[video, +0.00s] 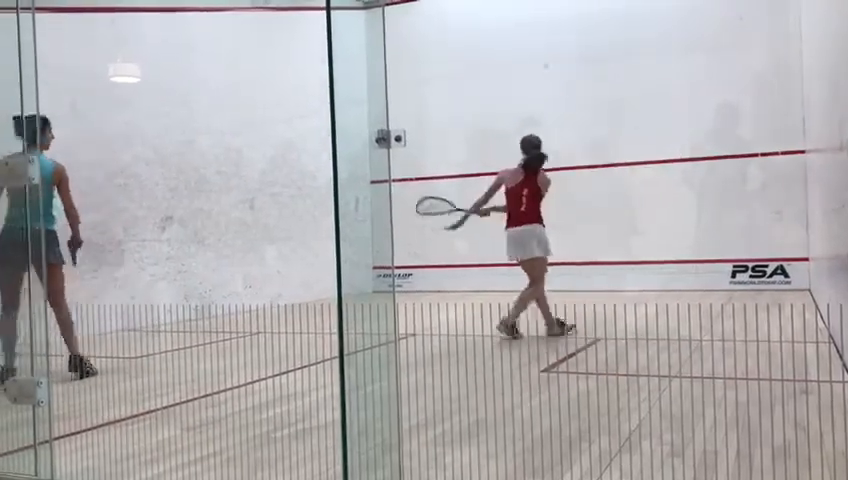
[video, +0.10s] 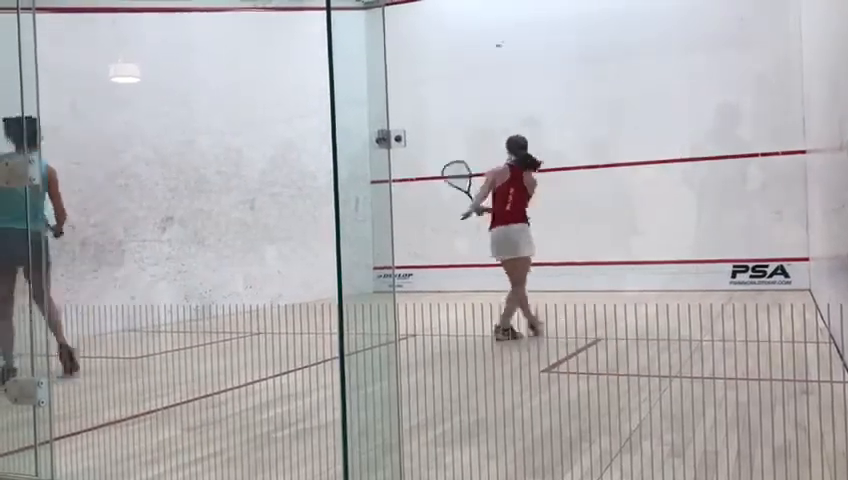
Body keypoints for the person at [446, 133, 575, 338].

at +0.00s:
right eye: (537, 149)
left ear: (521, 152)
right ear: (540, 152)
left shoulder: (507, 175)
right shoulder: (543, 178)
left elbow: (484, 199)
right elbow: (521, 204)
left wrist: (468, 213)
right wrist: (491, 210)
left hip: (513, 232)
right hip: (533, 230)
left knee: (536, 281)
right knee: (537, 282)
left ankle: (551, 323)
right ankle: (509, 320)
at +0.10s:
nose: (511, 155)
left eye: (509, 150)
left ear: (507, 151)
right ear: (526, 151)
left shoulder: (496, 173)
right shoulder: (529, 177)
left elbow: (481, 196)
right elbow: (517, 204)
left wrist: (474, 208)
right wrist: (486, 210)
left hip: (499, 231)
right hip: (520, 228)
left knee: (517, 283)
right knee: (518, 283)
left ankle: (531, 320)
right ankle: (504, 325)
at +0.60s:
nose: (421, 153)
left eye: (422, 150)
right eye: (423, 150)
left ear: (426, 152)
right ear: (443, 153)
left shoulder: (416, 170)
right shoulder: (451, 175)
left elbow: (407, 203)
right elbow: (465, 209)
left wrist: (396, 222)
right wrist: (452, 228)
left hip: (423, 229)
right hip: (446, 228)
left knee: (418, 284)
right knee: (463, 282)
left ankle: (418, 332)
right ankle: (477, 327)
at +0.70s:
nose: (406, 149)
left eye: (408, 146)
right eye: (409, 146)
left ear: (410, 148)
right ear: (429, 150)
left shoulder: (402, 168)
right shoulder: (437, 170)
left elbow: (393, 197)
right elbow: (449, 205)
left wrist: (386, 201)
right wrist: (438, 223)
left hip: (410, 227)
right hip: (434, 226)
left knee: (412, 283)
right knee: (442, 281)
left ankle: (417, 331)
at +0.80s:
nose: (395, 152)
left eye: (397, 149)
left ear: (399, 149)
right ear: (418, 150)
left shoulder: (393, 168)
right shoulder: (426, 171)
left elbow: (383, 199)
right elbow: (437, 207)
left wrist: (386, 181)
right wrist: (427, 225)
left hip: (400, 230)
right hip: (421, 229)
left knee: (405, 285)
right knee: (421, 284)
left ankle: (414, 329)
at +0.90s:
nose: (399, 148)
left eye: (397, 147)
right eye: (404, 147)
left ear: (391, 153)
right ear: (411, 154)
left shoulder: (381, 172)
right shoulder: (416, 175)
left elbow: (374, 200)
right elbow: (427, 212)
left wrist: (386, 181)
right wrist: (416, 231)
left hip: (383, 230)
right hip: (406, 230)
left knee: (394, 286)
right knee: (400, 286)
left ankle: (411, 330)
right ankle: (382, 332)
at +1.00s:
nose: (391, 159)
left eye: (392, 155)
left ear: (389, 159)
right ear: (408, 165)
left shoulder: (371, 175)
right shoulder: (409, 184)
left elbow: (361, 203)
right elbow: (417, 220)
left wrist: (379, 202)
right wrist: (408, 242)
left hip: (368, 237)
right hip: (390, 237)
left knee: (379, 290)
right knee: (389, 290)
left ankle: (396, 332)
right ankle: (377, 337)